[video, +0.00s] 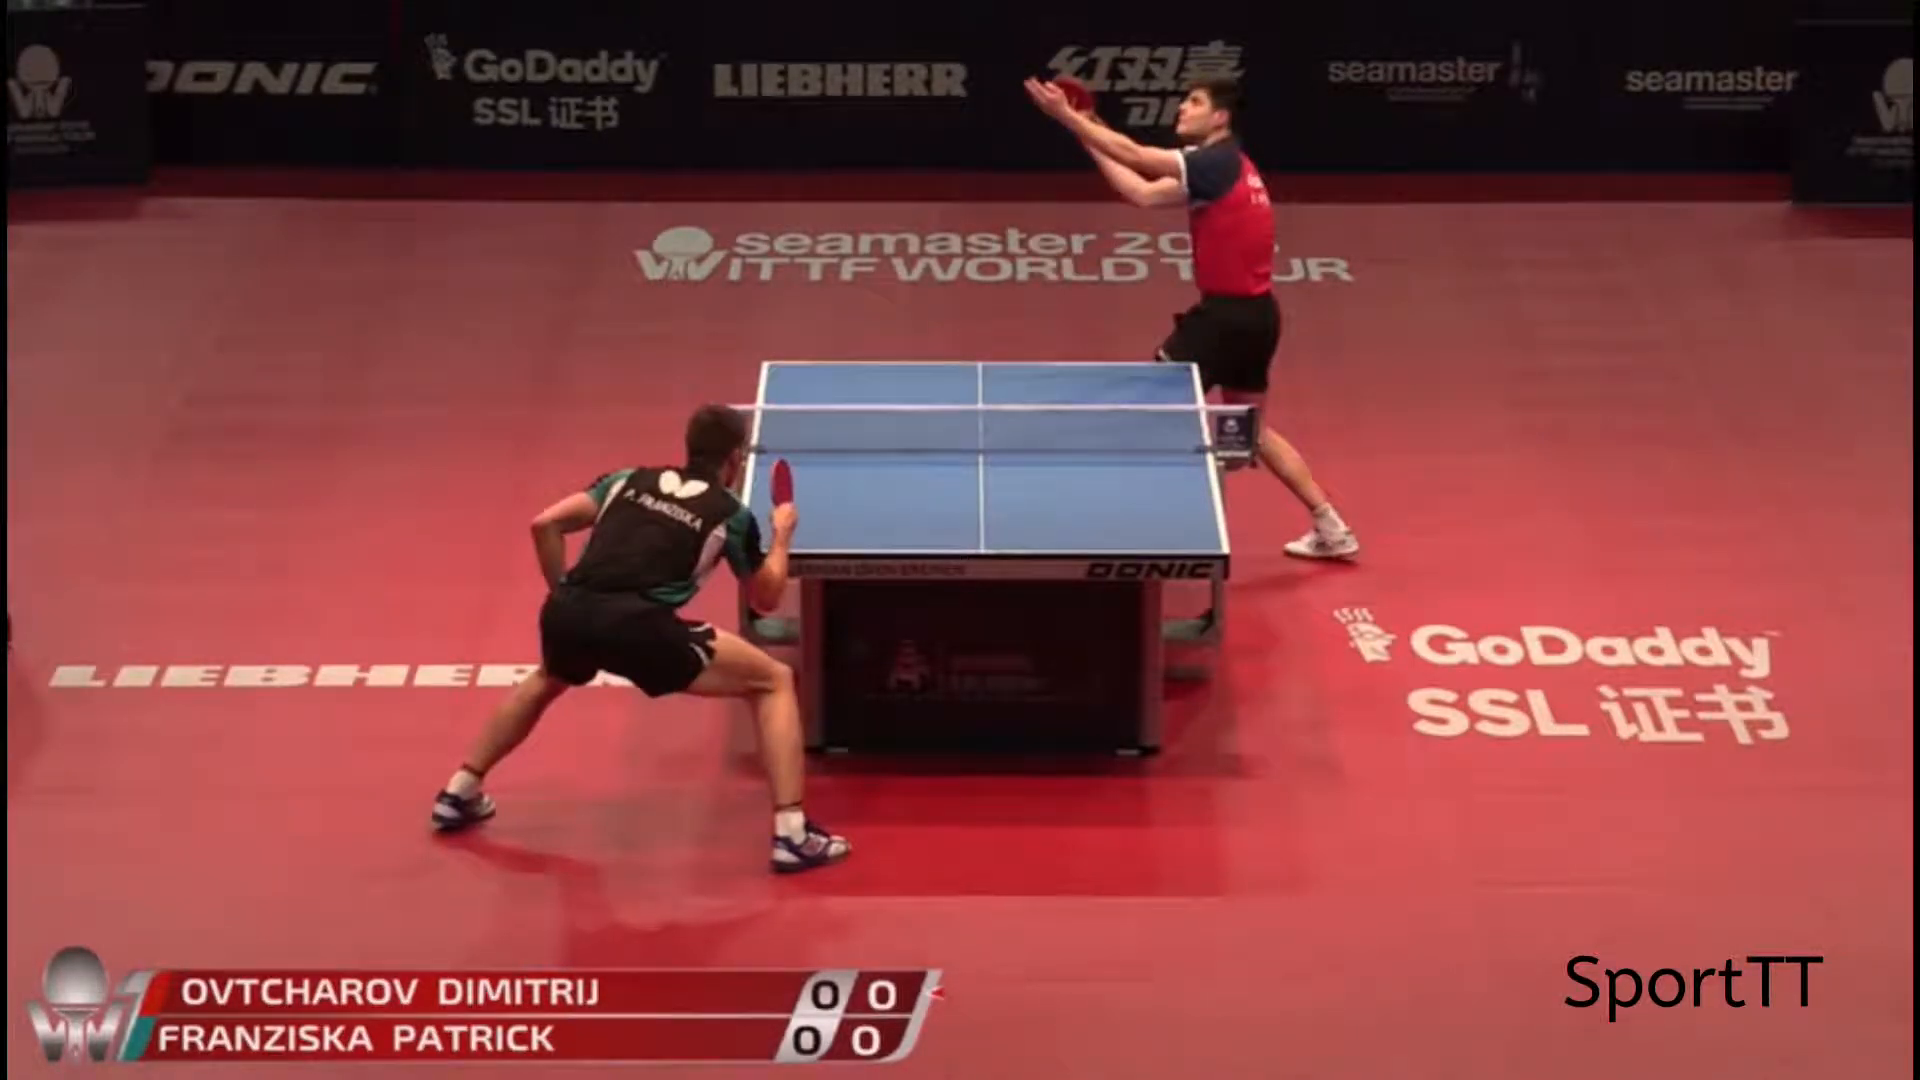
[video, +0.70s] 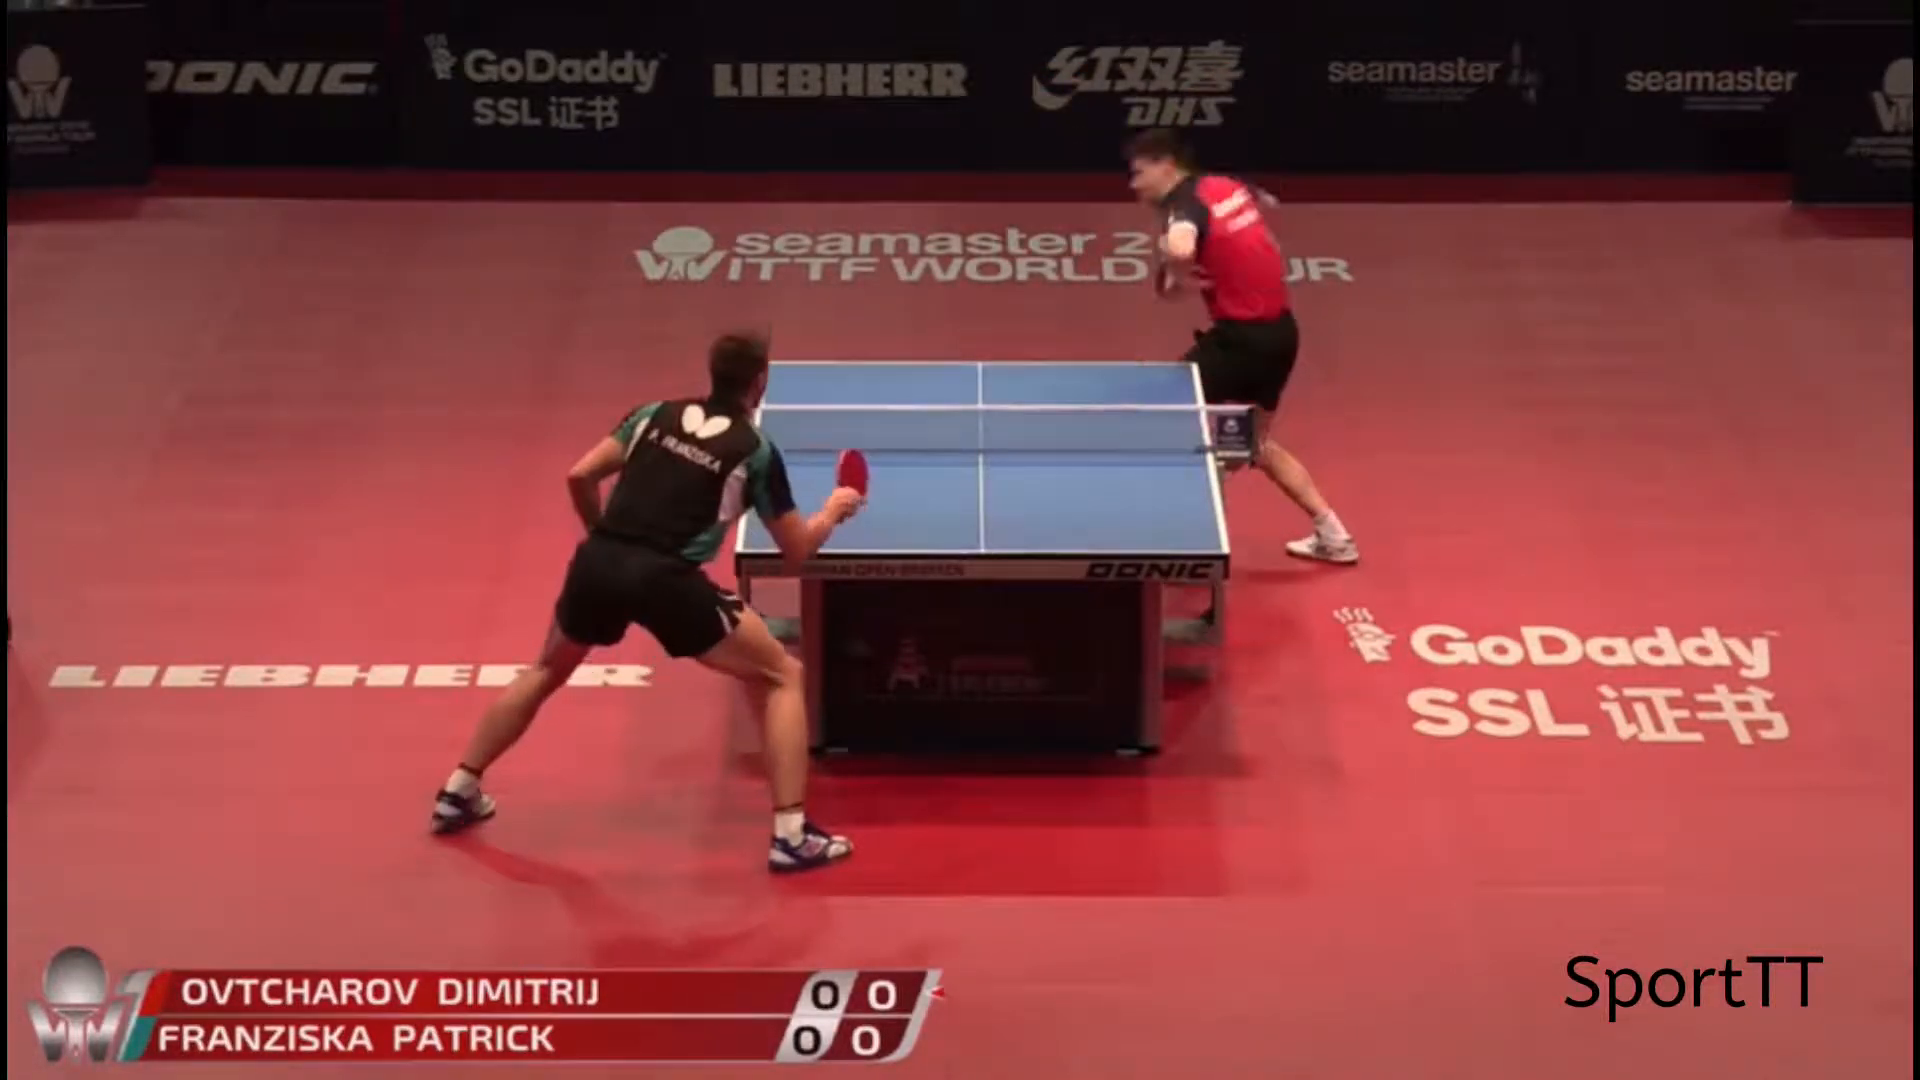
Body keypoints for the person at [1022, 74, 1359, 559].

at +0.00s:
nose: (1181, 110)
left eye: (1192, 103)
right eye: (1184, 101)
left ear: (1220, 117)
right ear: (1217, 120)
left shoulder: (1216, 161)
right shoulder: (1229, 165)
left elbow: (1136, 155)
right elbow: (1144, 192)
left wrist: (1068, 115)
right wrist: (1088, 137)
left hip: (1225, 315)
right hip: (1253, 315)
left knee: (1145, 406)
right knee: (1250, 430)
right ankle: (1330, 525)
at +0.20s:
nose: (1198, 101)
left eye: (1210, 94)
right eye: (1201, 93)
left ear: (1238, 109)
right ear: (1236, 113)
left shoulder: (1232, 155)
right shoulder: (1258, 162)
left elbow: (1155, 177)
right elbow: (1204, 243)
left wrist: (1085, 146)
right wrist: (1124, 240)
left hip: (1237, 307)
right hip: (1272, 307)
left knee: (1162, 403)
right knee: (1267, 425)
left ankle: (1162, 528)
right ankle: (1334, 530)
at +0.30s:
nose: (1204, 98)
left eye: (1216, 92)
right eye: (1208, 90)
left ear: (1244, 107)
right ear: (1242, 111)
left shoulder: (1237, 154)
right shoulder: (1268, 161)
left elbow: (1168, 183)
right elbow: (1242, 255)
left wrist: (1097, 159)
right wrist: (1168, 283)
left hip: (1241, 305)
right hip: (1279, 304)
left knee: (1172, 406)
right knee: (1274, 420)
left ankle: (1166, 530)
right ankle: (1334, 529)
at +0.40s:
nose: (1207, 97)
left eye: (1220, 91)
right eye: (1211, 89)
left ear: (1248, 106)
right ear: (1247, 111)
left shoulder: (1238, 150)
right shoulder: (1276, 159)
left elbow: (1185, 188)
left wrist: (1114, 176)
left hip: (1249, 302)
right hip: (1286, 302)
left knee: (1178, 404)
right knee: (1279, 419)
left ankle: (1173, 529)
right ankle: (1335, 531)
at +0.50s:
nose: (1205, 102)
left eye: (1217, 95)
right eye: (1209, 94)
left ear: (1244, 109)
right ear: (1246, 113)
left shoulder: (1234, 151)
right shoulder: (1285, 165)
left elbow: (1201, 194)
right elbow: (1310, 247)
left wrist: (1137, 202)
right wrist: (1326, 282)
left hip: (1245, 303)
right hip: (1287, 306)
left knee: (1163, 386)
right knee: (1275, 423)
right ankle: (1334, 531)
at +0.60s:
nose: (1191, 125)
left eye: (1201, 117)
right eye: (1194, 116)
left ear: (1229, 124)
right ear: (1234, 127)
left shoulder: (1223, 165)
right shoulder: (1282, 174)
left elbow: (1195, 209)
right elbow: (1318, 248)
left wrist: (1160, 233)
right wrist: (1333, 214)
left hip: (1238, 315)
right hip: (1281, 316)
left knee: (1156, 387)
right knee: (1264, 433)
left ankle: (1214, 455)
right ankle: (1334, 532)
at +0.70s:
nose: (1133, 184)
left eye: (1138, 171)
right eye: (1132, 173)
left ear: (1168, 164)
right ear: (1172, 166)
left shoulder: (1187, 200)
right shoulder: (1227, 184)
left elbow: (1181, 250)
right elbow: (1268, 202)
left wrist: (1164, 263)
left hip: (1238, 336)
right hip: (1279, 331)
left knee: (1163, 419)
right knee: (1257, 442)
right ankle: (1333, 532)